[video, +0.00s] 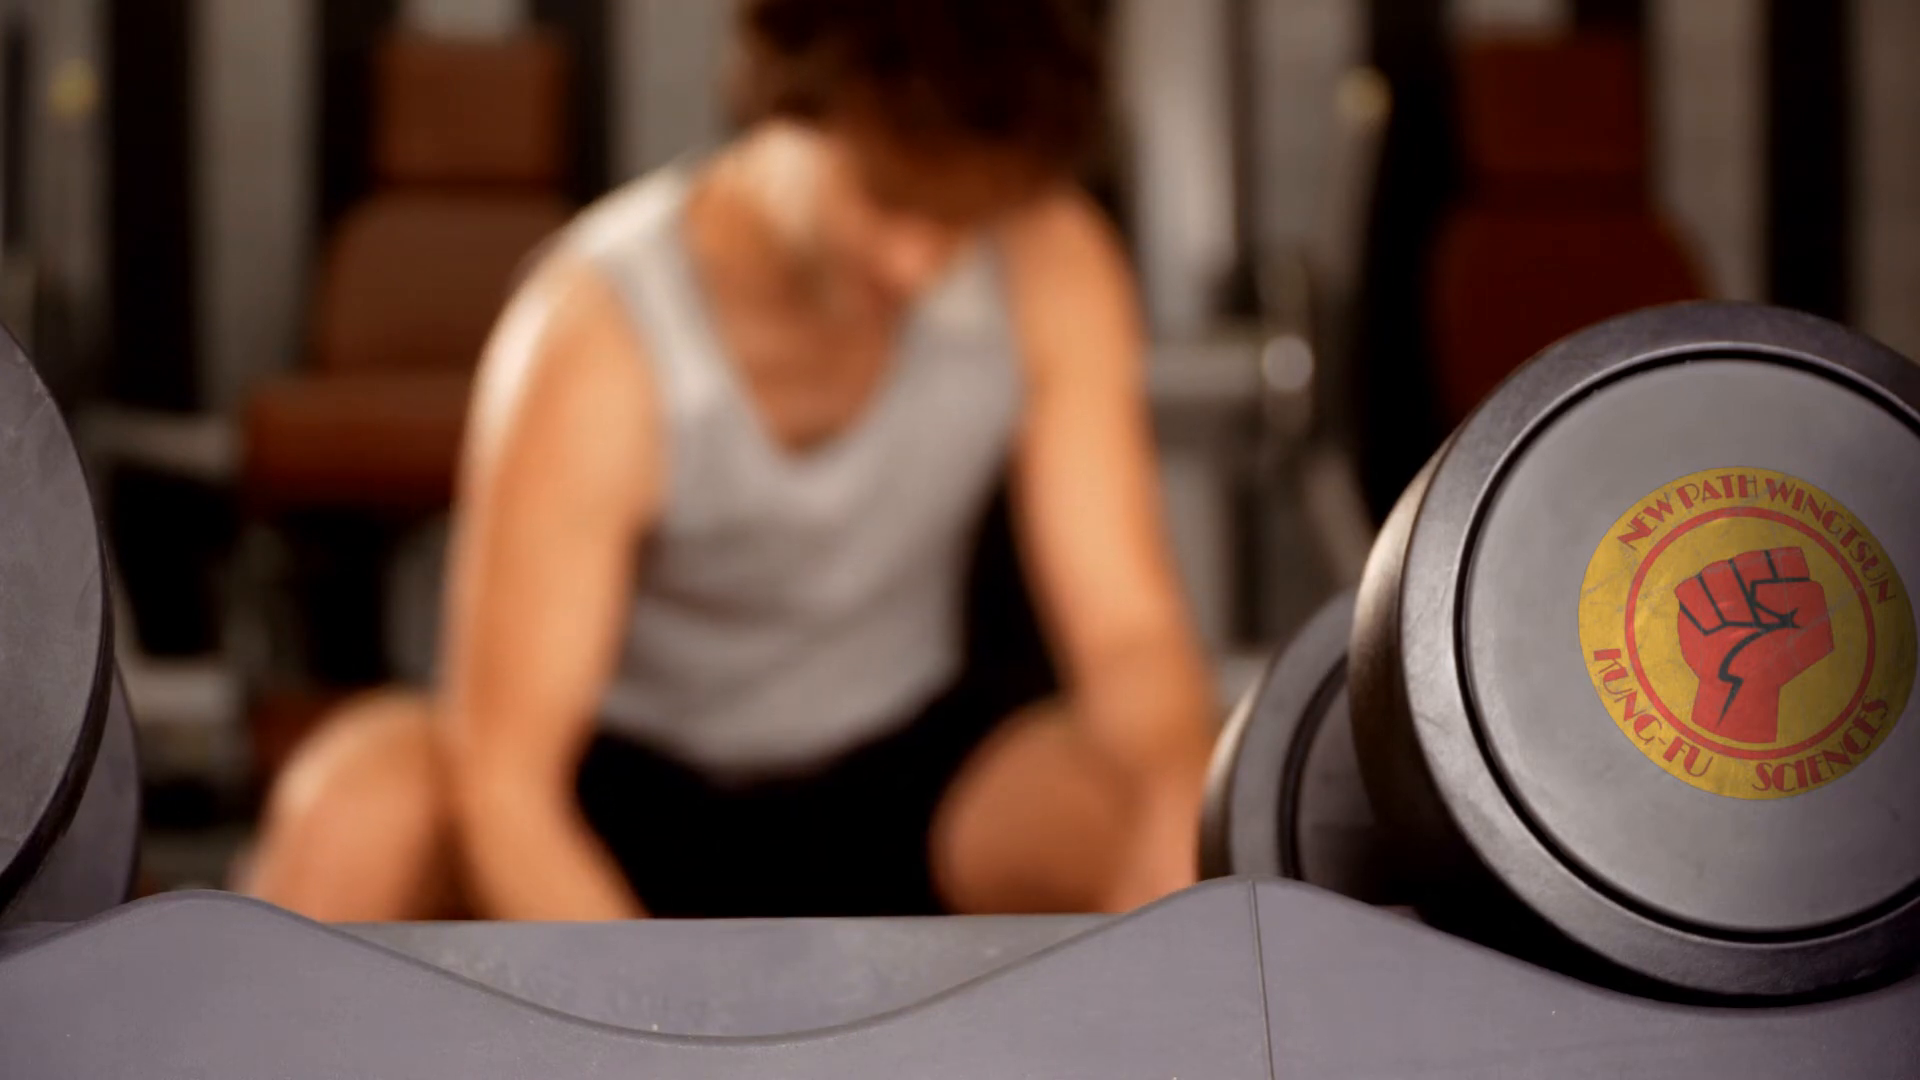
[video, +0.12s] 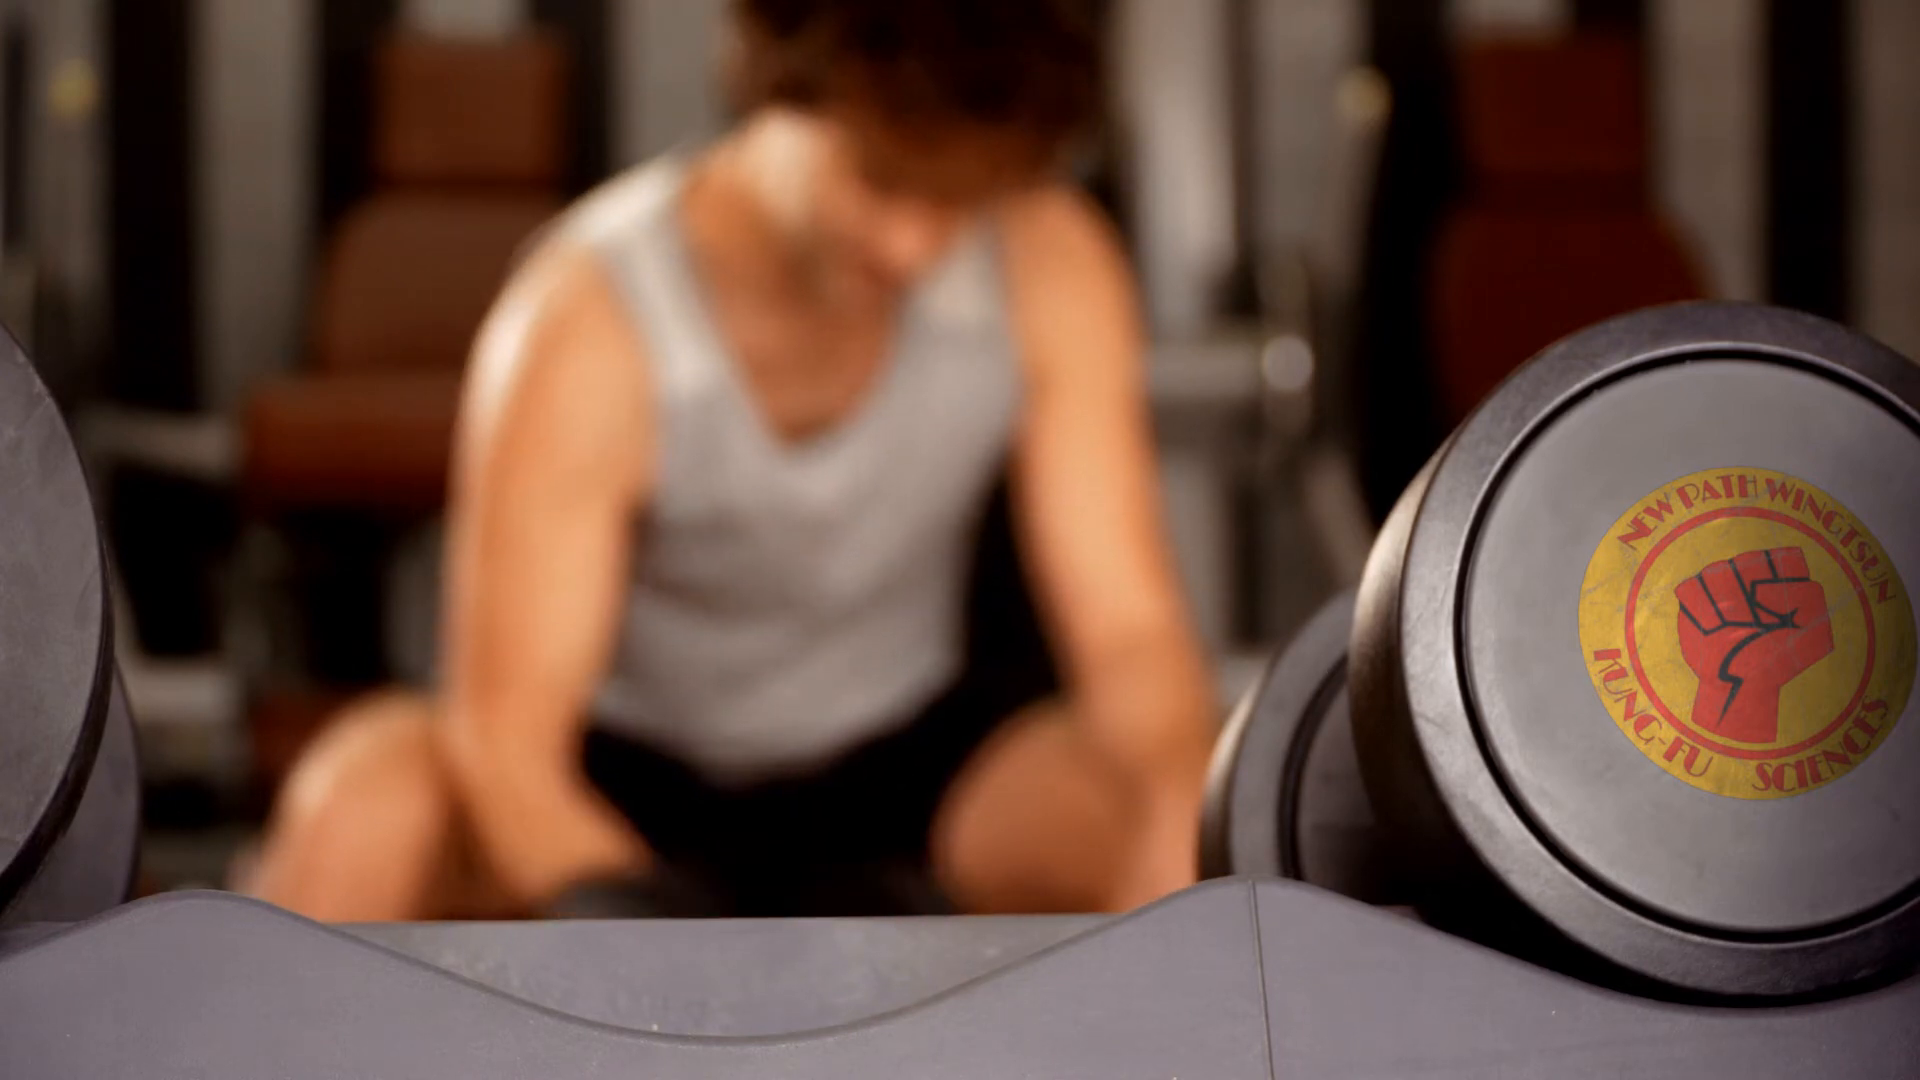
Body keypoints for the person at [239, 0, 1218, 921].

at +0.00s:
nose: (920, 264)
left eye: (970, 218)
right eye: (888, 201)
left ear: (1015, 172)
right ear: (792, 114)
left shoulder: (1044, 252)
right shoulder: (595, 328)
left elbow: (1130, 643)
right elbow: (504, 780)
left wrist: (1178, 874)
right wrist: (663, 1034)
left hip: (900, 784)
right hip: (628, 797)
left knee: (1184, 809)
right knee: (354, 790)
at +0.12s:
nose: (916, 246)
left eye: (965, 200)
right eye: (883, 185)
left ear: (1012, 162)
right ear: (787, 96)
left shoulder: (1044, 254)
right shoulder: (587, 312)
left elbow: (1129, 637)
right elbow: (507, 749)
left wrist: (1183, 848)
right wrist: (678, 959)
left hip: (903, 773)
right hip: (627, 786)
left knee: (1186, 808)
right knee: (365, 788)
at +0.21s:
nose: (914, 238)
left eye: (962, 192)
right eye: (880, 176)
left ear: (1013, 158)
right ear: (785, 86)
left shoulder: (1043, 254)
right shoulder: (577, 308)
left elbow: (1133, 637)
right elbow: (507, 743)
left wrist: (1180, 861)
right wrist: (718, 896)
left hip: (902, 783)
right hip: (627, 794)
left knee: (1196, 789)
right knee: (369, 794)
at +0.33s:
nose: (908, 231)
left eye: (957, 184)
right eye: (875, 168)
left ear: (1010, 152)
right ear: (778, 77)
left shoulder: (1035, 255)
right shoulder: (556, 307)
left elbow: (1131, 632)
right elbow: (518, 737)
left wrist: (1182, 841)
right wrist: (847, 827)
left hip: (896, 802)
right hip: (618, 800)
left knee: (1187, 782)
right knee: (373, 789)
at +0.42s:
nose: (906, 229)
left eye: (953, 181)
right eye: (871, 166)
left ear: (1006, 145)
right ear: (772, 78)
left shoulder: (1029, 255)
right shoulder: (537, 310)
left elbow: (1129, 628)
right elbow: (517, 725)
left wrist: (1189, 830)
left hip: (889, 807)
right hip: (615, 812)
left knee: (1186, 784)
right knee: (378, 778)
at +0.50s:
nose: (899, 229)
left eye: (944, 180)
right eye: (864, 166)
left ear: (998, 140)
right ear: (764, 78)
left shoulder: (1019, 254)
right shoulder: (520, 311)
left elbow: (1125, 627)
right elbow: (528, 753)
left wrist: (1187, 833)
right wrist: (824, 725)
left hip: (888, 803)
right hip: (607, 811)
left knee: (1189, 794)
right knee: (374, 787)